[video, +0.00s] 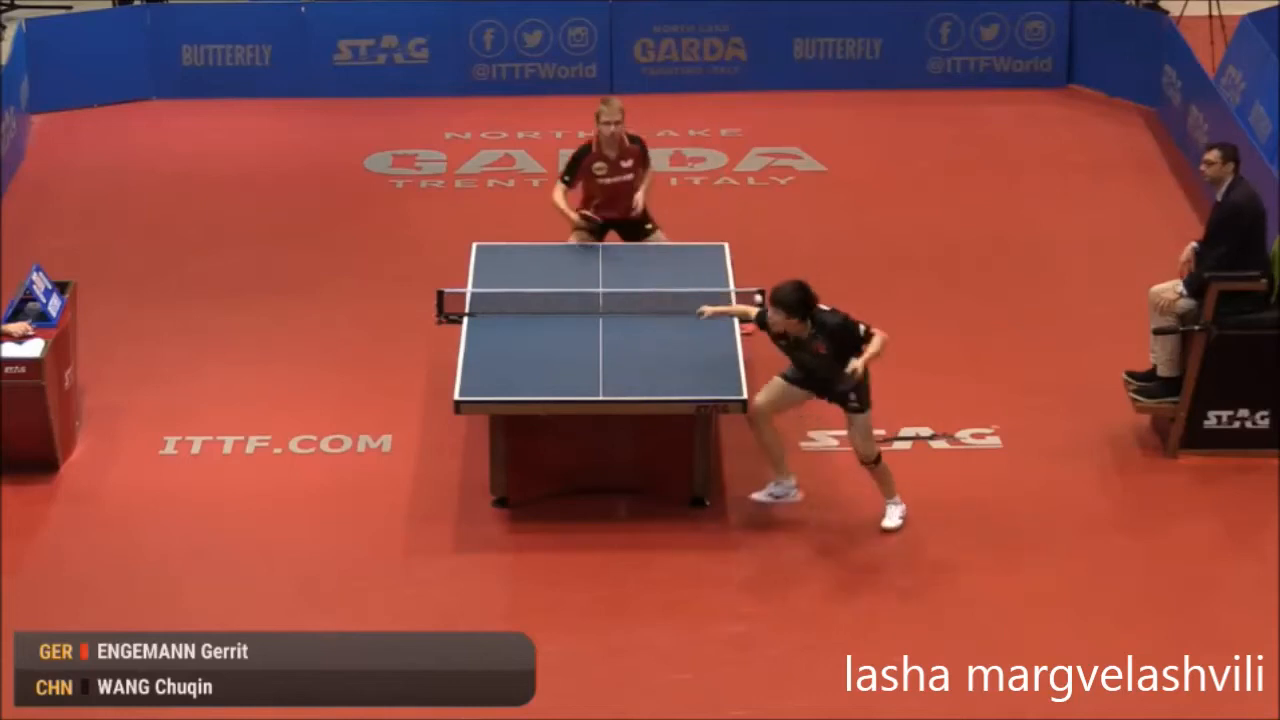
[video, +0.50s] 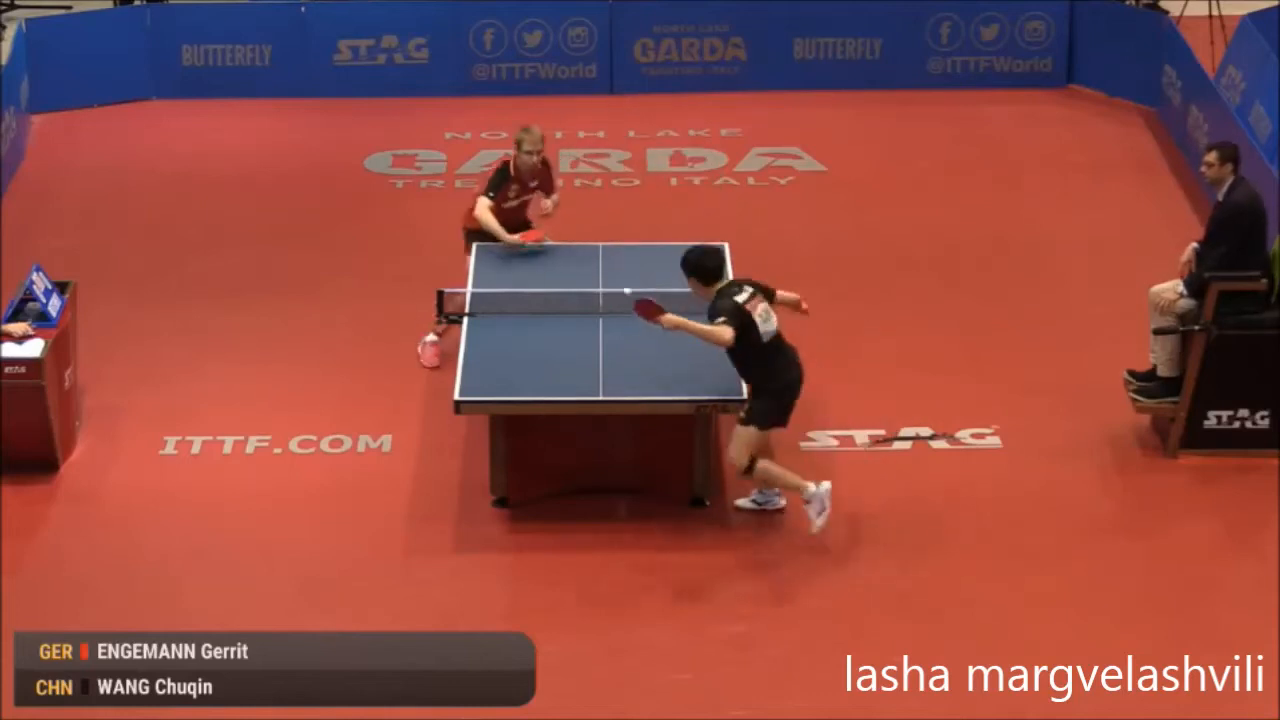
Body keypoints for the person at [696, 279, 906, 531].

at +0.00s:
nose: (770, 320)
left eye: (776, 316)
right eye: (770, 314)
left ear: (795, 319)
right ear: (772, 311)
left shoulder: (833, 323)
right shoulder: (773, 321)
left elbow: (879, 336)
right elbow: (745, 312)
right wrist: (716, 310)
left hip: (847, 380)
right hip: (807, 375)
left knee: (865, 451)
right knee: (758, 409)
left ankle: (893, 503)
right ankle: (784, 483)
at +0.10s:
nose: (762, 336)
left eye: (767, 332)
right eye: (760, 330)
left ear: (786, 328)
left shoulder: (822, 327)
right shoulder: (771, 327)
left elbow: (872, 342)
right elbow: (747, 320)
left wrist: (839, 353)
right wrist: (721, 322)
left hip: (841, 385)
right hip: (802, 379)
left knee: (860, 460)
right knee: (750, 412)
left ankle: (893, 503)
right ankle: (785, 480)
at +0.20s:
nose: (730, 340)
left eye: (731, 335)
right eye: (728, 335)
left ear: (746, 331)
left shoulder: (792, 328)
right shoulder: (754, 334)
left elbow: (835, 347)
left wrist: (792, 365)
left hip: (827, 386)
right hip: (794, 384)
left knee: (847, 465)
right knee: (745, 421)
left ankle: (891, 501)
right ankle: (768, 492)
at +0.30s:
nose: (710, 329)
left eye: (711, 323)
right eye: (708, 323)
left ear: (726, 320)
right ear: (731, 313)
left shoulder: (767, 328)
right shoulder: (748, 324)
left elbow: (798, 354)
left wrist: (749, 358)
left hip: (816, 387)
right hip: (786, 383)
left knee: (823, 470)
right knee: (741, 424)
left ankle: (886, 494)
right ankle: (769, 492)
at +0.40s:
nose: (695, 303)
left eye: (695, 297)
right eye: (693, 297)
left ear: (704, 299)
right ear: (724, 286)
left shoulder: (736, 315)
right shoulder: (746, 297)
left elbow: (749, 343)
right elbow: (785, 307)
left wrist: (701, 333)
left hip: (795, 388)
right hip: (777, 382)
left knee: (771, 471)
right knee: (743, 422)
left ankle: (850, 484)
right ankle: (769, 493)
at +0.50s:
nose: (688, 285)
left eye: (688, 279)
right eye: (687, 278)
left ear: (696, 281)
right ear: (719, 270)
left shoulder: (722, 304)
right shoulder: (744, 285)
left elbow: (726, 337)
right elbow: (781, 297)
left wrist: (681, 323)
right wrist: (797, 303)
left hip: (773, 381)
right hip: (786, 367)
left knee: (739, 458)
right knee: (756, 430)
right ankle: (767, 493)